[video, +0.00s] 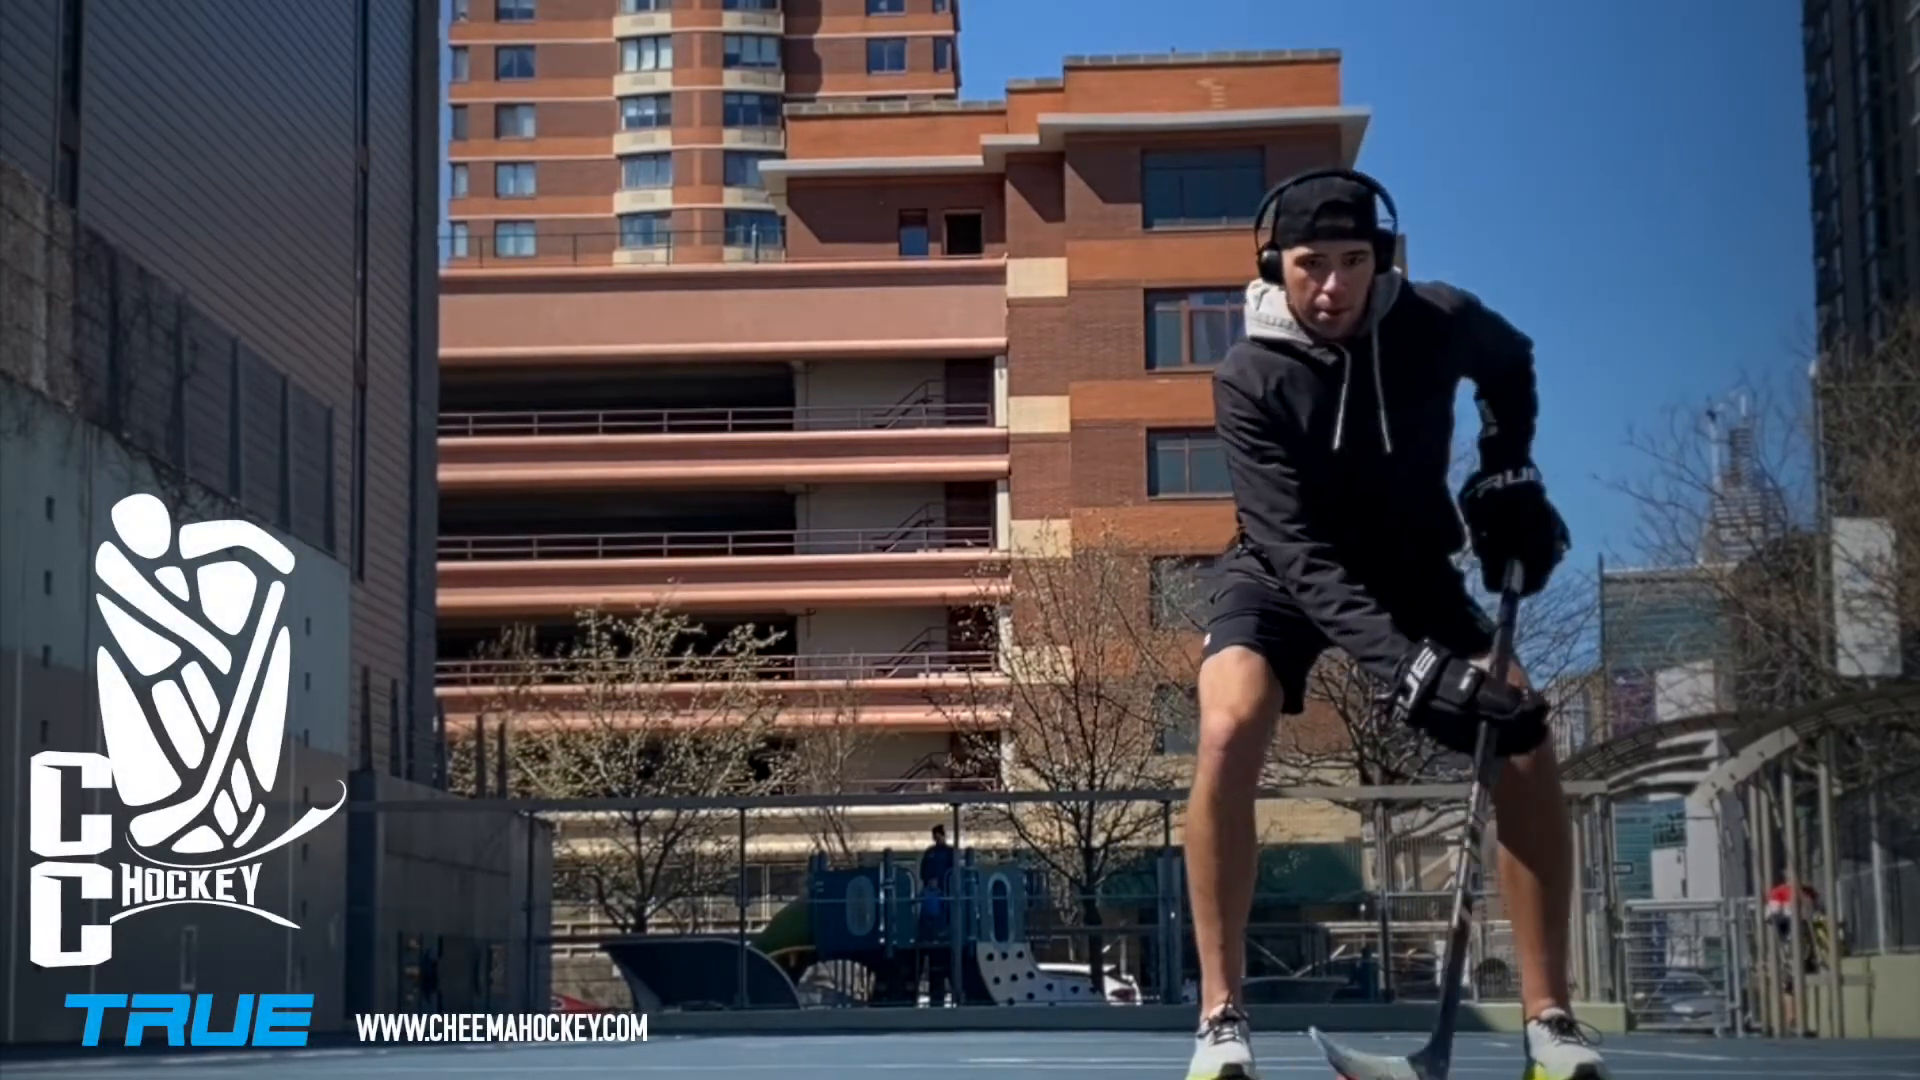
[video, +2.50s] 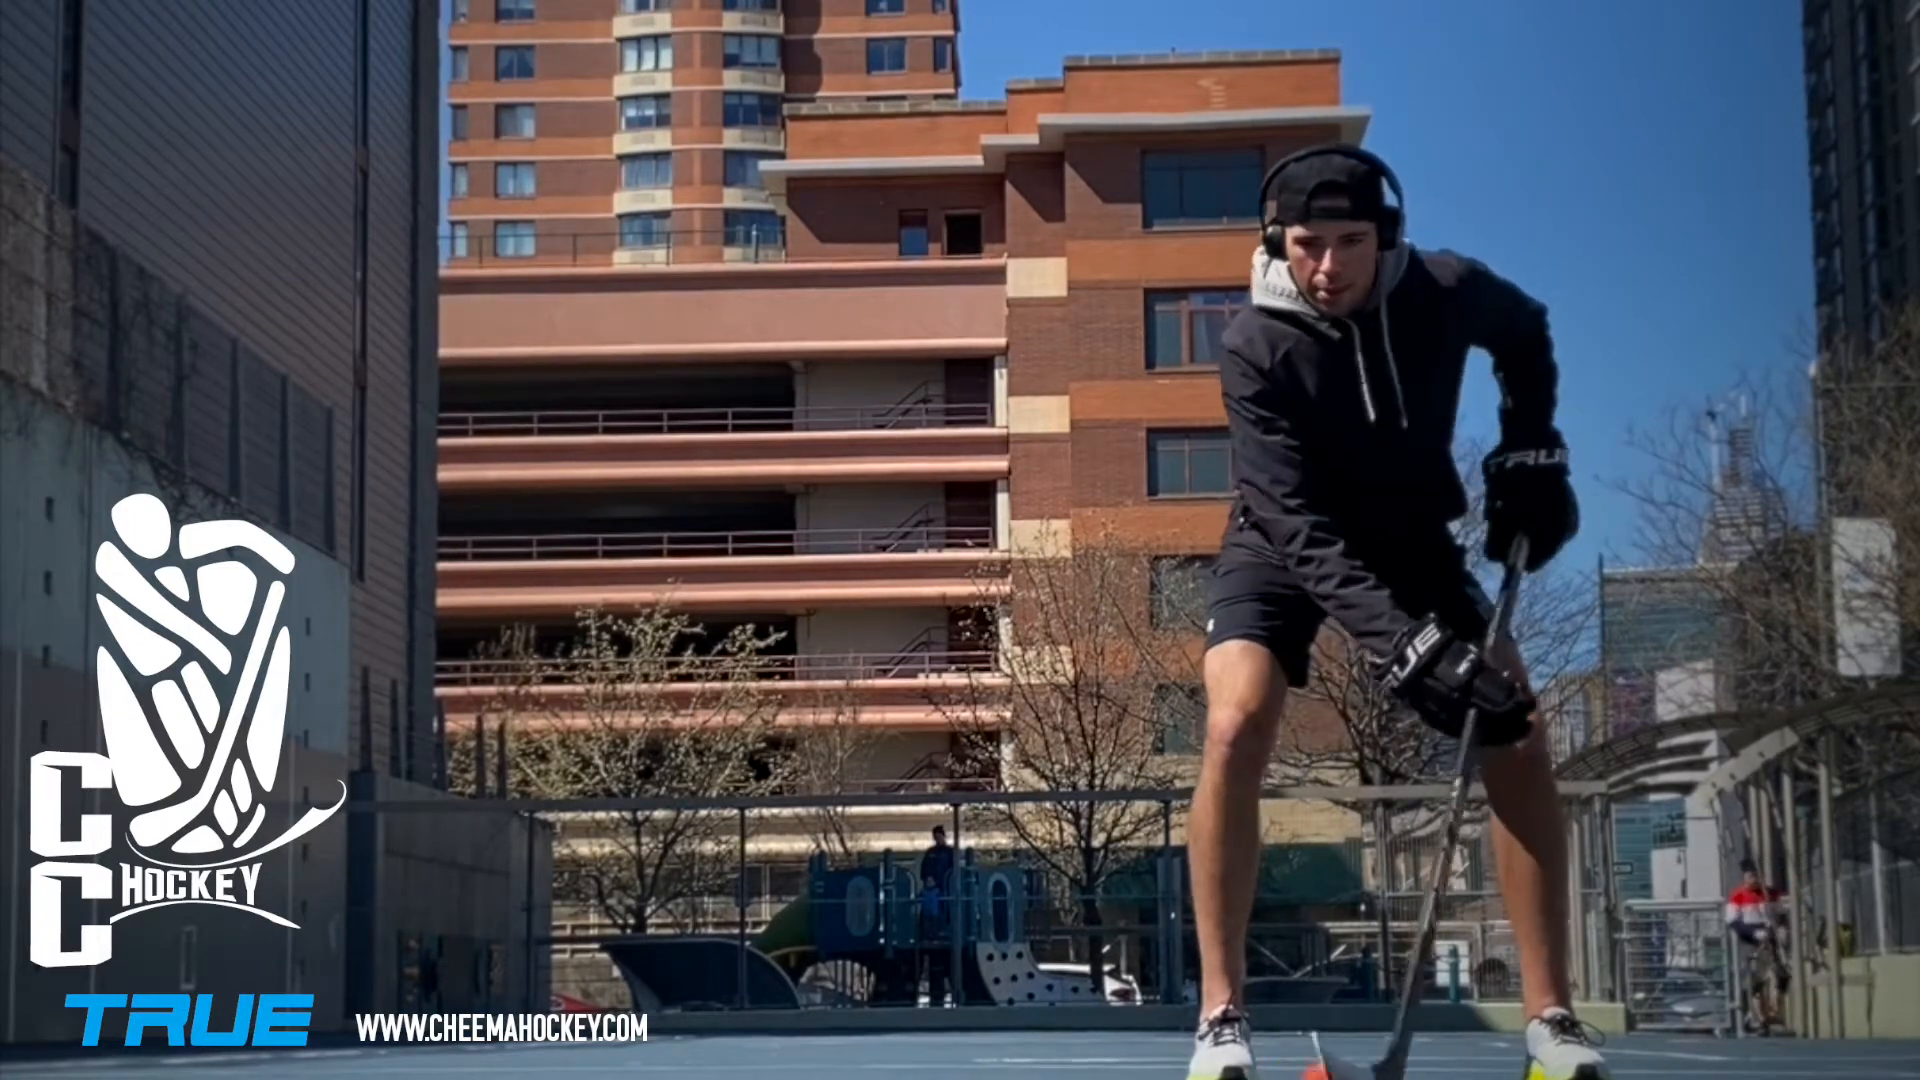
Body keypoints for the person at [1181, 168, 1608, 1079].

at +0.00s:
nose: (1330, 286)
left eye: (1349, 264)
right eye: (1310, 266)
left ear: (1379, 262)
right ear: (1278, 265)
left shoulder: (1432, 319)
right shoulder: (1253, 376)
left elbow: (1509, 362)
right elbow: (1294, 553)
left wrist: (1506, 474)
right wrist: (1411, 670)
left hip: (1412, 564)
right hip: (1284, 570)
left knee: (1523, 742)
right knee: (1230, 726)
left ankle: (1549, 1016)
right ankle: (1219, 1015)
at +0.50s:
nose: (1369, 271)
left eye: (1389, 249)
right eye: (1348, 249)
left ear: (1420, 250)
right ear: (1312, 252)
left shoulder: (1472, 315)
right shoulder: (1287, 361)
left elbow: (1538, 370)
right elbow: (1322, 544)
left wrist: (1548, 483)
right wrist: (1435, 660)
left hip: (1431, 558)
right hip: (1301, 558)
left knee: (1537, 742)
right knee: (1251, 727)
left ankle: (1553, 1018)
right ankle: (1222, 1013)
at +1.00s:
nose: (1306, 277)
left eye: (1325, 255)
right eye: (1286, 258)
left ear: (1360, 258)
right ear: (1261, 268)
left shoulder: (1426, 325)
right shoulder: (1244, 382)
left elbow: (1515, 369)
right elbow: (1286, 560)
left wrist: (1545, 485)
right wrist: (1408, 665)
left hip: (1410, 572)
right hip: (1282, 576)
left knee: (1525, 739)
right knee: (1227, 729)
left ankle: (1549, 1016)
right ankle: (1217, 1012)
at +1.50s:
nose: (1372, 253)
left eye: (1393, 230)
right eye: (1352, 232)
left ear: (1427, 230)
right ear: (1320, 235)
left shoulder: (1471, 280)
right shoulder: (1300, 350)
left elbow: (1532, 333)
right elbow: (1372, 523)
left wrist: (1573, 442)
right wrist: (1520, 640)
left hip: (1435, 533)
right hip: (1309, 536)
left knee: (1543, 745)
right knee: (1266, 727)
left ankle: (1556, 1019)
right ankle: (1224, 1014)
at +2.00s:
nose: (1336, 252)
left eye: (1357, 231)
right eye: (1316, 232)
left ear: (1394, 229)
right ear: (1288, 235)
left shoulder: (1448, 285)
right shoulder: (1265, 339)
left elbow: (1524, 337)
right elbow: (1305, 521)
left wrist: (1523, 456)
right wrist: (1411, 650)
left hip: (1418, 533)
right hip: (1286, 538)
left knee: (1523, 730)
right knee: (1238, 725)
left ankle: (1551, 1015)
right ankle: (1220, 1014)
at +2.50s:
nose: (1326, 266)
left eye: (1347, 244)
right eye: (1307, 246)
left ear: (1384, 237)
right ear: (1280, 243)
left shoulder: (1444, 289)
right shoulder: (1258, 344)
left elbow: (1523, 331)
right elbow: (1294, 526)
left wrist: (1530, 455)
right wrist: (1408, 644)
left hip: (1414, 536)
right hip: (1282, 542)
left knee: (1517, 730)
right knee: (1236, 725)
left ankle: (1550, 1013)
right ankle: (1220, 1013)